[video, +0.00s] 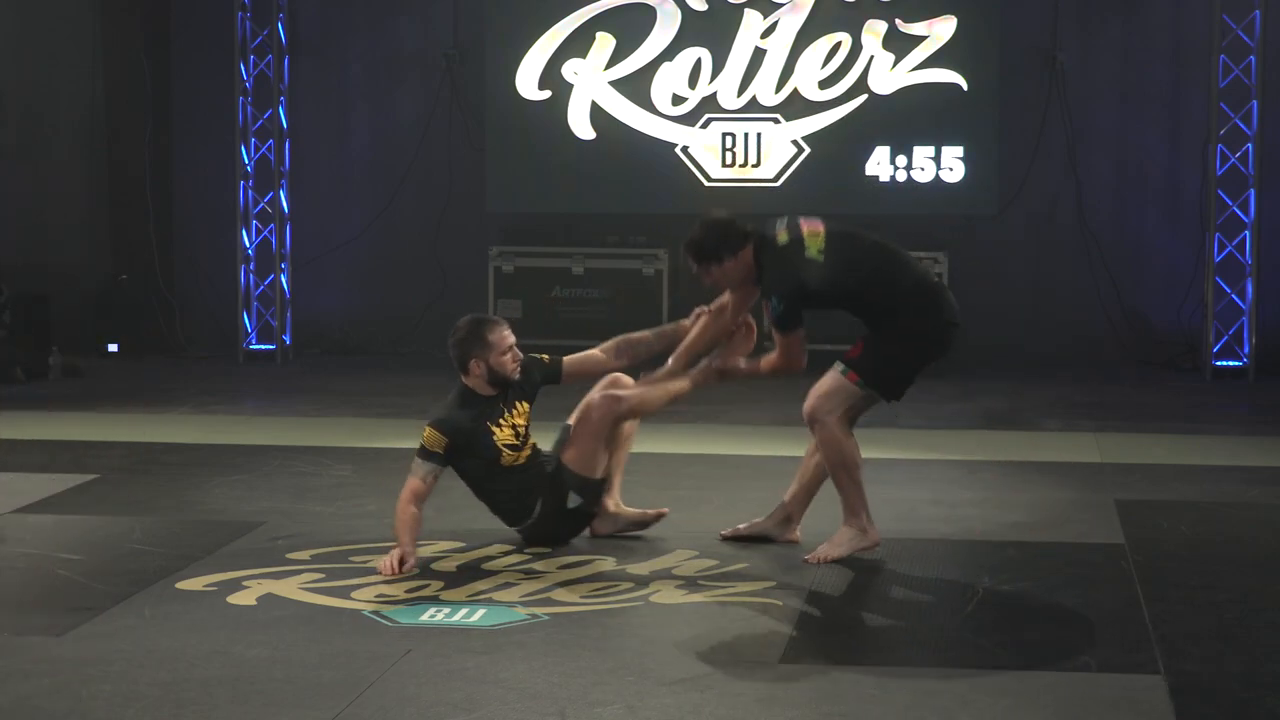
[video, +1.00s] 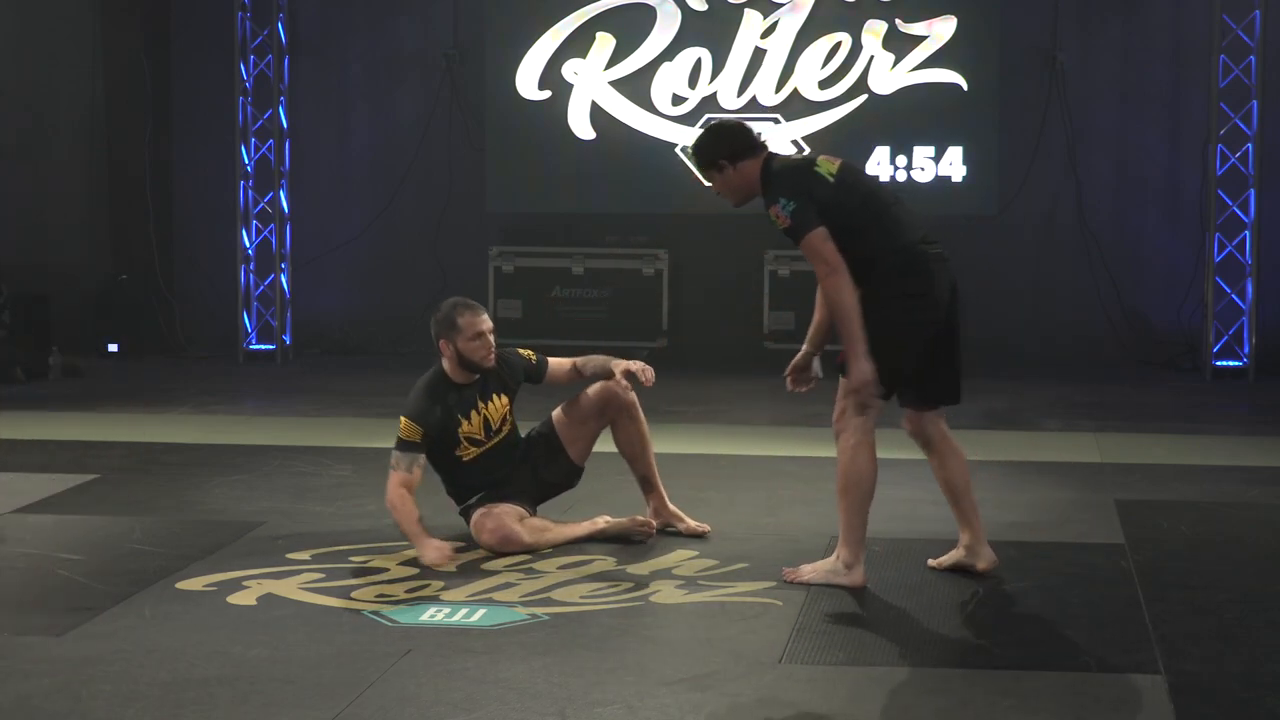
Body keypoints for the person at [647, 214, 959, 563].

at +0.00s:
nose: (709, 283)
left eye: (708, 272)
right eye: (704, 274)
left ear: (732, 259)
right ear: (735, 250)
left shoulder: (780, 279)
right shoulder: (770, 241)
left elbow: (791, 361)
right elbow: (726, 312)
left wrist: (743, 366)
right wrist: (670, 369)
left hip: (916, 317)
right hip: (916, 308)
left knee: (822, 409)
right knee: (834, 418)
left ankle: (859, 526)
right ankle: (785, 519)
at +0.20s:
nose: (717, 211)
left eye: (716, 201)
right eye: (710, 203)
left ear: (740, 186)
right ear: (751, 172)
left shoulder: (770, 221)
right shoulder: (799, 174)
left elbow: (748, 297)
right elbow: (749, 185)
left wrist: (696, 283)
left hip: (891, 308)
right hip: (915, 301)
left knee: (812, 418)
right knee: (841, 423)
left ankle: (873, 537)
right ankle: (787, 520)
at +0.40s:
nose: (729, 170)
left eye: (727, 159)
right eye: (724, 161)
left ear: (746, 146)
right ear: (767, 131)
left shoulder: (787, 181)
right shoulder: (821, 147)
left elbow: (743, 270)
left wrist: (666, 276)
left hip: (900, 288)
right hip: (919, 278)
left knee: (834, 415)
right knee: (851, 402)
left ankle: (874, 541)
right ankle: (867, 519)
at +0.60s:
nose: (741, 159)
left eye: (739, 147)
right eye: (736, 150)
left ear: (762, 134)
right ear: (772, 130)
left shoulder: (805, 164)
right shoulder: (833, 143)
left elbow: (839, 254)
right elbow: (893, 206)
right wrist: (884, 275)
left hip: (906, 289)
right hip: (942, 284)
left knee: (850, 412)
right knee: (928, 418)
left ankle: (874, 539)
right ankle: (978, 541)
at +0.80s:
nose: (745, 176)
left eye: (744, 164)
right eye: (740, 166)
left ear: (765, 151)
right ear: (773, 147)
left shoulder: (811, 178)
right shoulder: (830, 161)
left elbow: (874, 251)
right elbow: (863, 260)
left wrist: (922, 324)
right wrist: (855, 349)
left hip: (916, 294)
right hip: (953, 288)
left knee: (846, 409)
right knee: (951, 426)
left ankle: (843, 548)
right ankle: (981, 548)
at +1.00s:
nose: (717, 191)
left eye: (713, 180)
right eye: (712, 183)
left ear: (731, 166)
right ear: (751, 152)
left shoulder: (781, 188)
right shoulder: (806, 168)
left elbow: (835, 273)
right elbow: (833, 272)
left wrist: (858, 356)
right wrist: (811, 348)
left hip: (891, 294)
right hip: (932, 286)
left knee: (852, 417)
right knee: (923, 421)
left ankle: (847, 560)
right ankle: (975, 544)